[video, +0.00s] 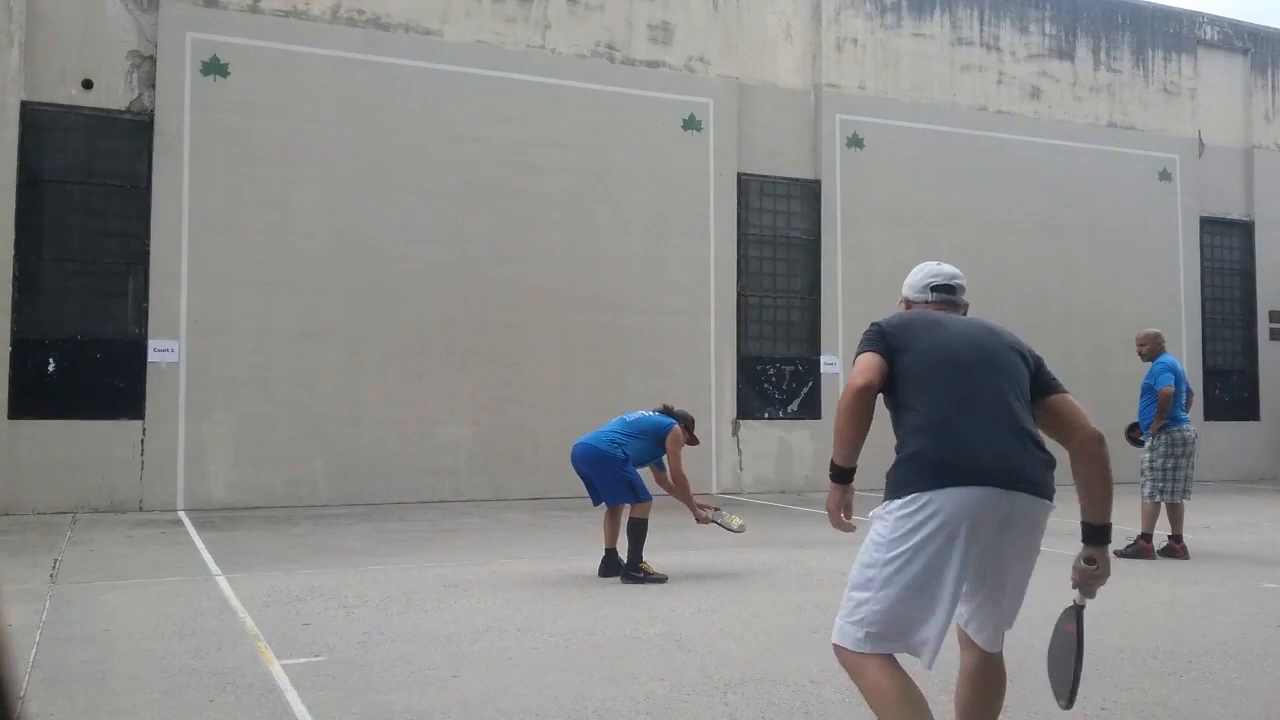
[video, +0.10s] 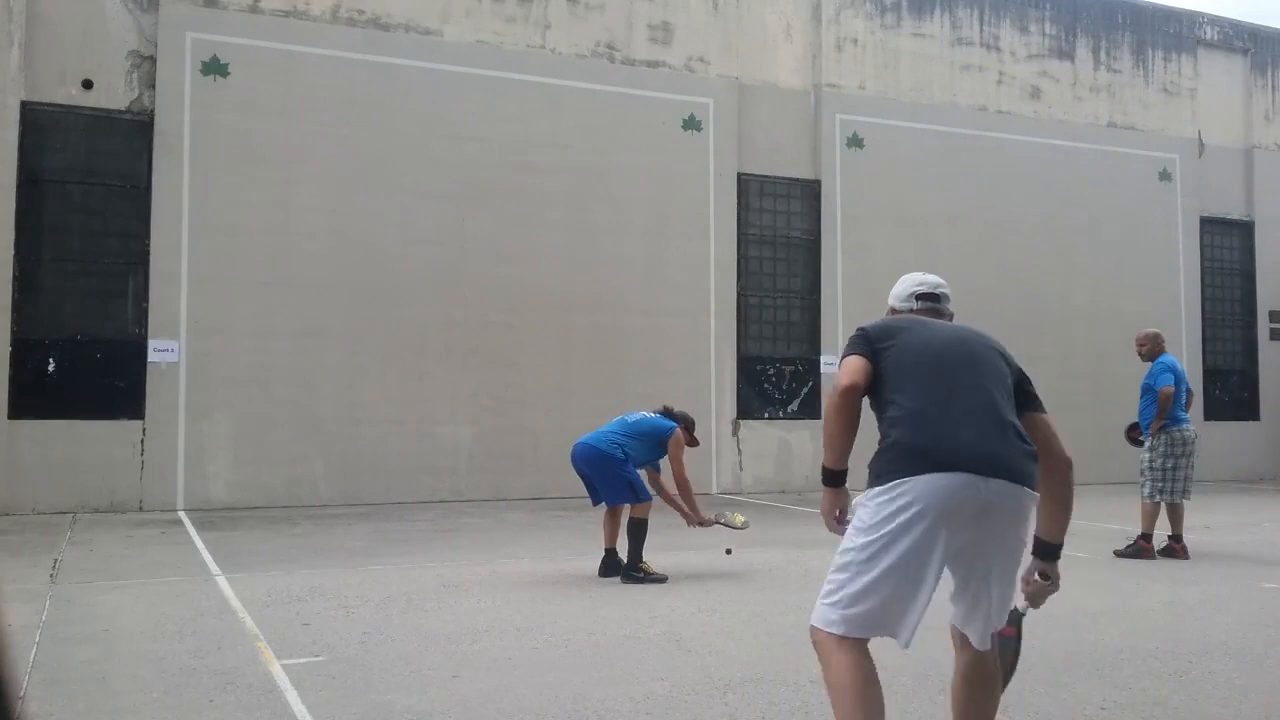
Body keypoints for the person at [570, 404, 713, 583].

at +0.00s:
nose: (683, 442)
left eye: (686, 440)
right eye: (685, 437)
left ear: (670, 419)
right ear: (682, 427)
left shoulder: (646, 433)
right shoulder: (674, 429)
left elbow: (662, 480)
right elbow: (677, 477)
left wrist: (693, 503)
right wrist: (695, 511)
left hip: (581, 452)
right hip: (606, 454)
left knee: (615, 503)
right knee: (642, 501)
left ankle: (610, 561)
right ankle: (634, 566)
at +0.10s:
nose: (683, 444)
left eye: (686, 441)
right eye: (685, 438)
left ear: (670, 420)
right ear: (681, 428)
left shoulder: (645, 434)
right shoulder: (674, 432)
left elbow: (656, 483)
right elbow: (681, 480)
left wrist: (684, 513)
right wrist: (698, 516)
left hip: (581, 452)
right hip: (606, 454)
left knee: (615, 503)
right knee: (642, 501)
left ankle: (610, 561)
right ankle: (634, 567)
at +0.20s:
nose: (684, 446)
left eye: (687, 442)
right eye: (686, 440)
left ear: (668, 421)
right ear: (681, 430)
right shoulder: (674, 436)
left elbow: (643, 480)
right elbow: (682, 484)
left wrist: (669, 510)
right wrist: (696, 525)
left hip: (581, 451)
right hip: (605, 454)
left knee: (614, 503)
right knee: (642, 499)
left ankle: (609, 561)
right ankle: (634, 566)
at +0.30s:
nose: (683, 447)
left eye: (686, 444)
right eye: (685, 441)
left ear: (667, 421)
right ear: (681, 431)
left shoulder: (642, 422)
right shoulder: (673, 437)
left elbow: (633, 473)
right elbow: (677, 485)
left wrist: (662, 505)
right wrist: (689, 525)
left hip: (581, 450)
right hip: (607, 455)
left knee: (614, 503)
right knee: (642, 501)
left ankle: (610, 560)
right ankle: (634, 566)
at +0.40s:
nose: (682, 445)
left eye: (685, 443)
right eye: (683, 440)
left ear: (667, 419)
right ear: (680, 430)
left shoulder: (643, 421)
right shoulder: (673, 435)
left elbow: (634, 475)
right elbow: (672, 485)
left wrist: (669, 497)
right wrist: (684, 523)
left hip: (581, 450)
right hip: (607, 454)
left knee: (614, 502)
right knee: (642, 500)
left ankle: (610, 561)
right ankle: (634, 566)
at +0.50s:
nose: (681, 442)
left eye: (684, 439)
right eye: (683, 437)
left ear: (665, 417)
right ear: (680, 427)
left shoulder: (643, 426)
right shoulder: (672, 431)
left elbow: (644, 480)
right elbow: (668, 477)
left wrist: (675, 507)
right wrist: (681, 520)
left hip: (582, 450)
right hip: (607, 454)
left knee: (614, 502)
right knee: (642, 500)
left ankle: (609, 560)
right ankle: (634, 566)